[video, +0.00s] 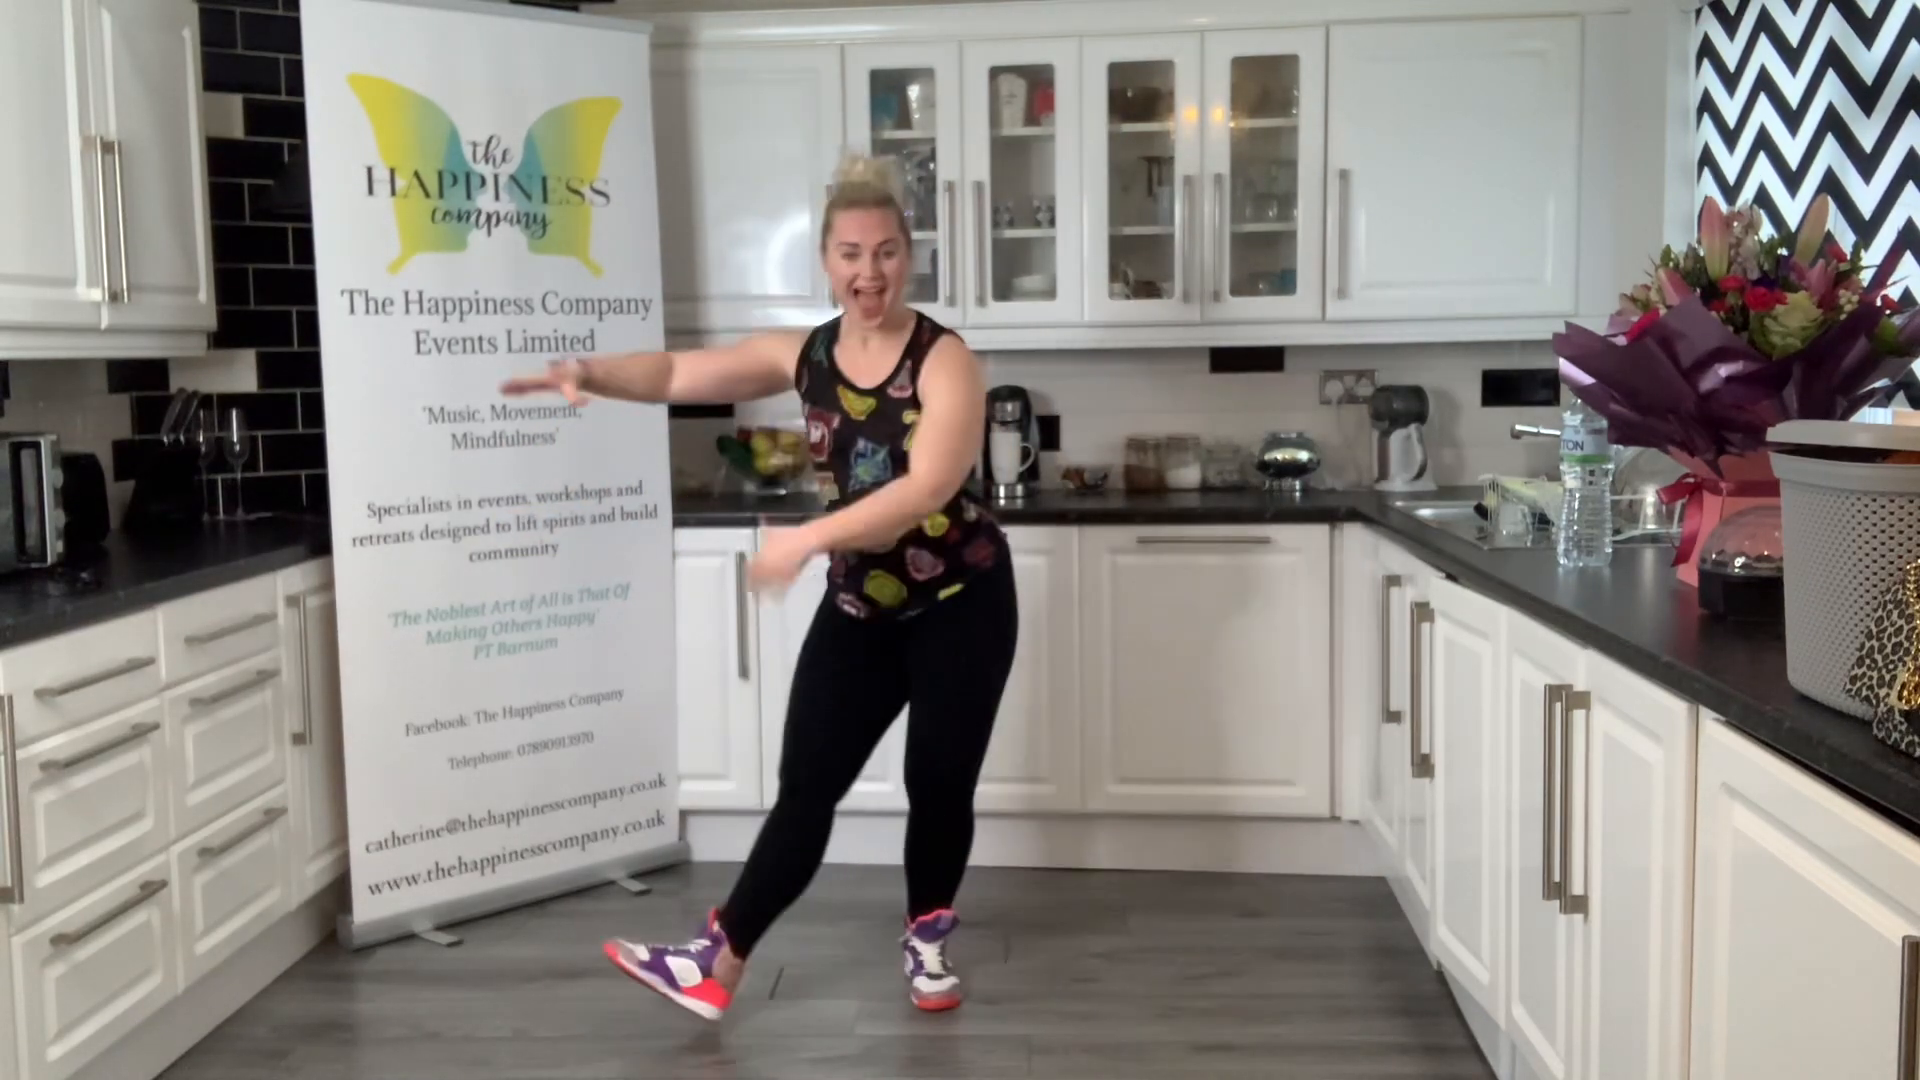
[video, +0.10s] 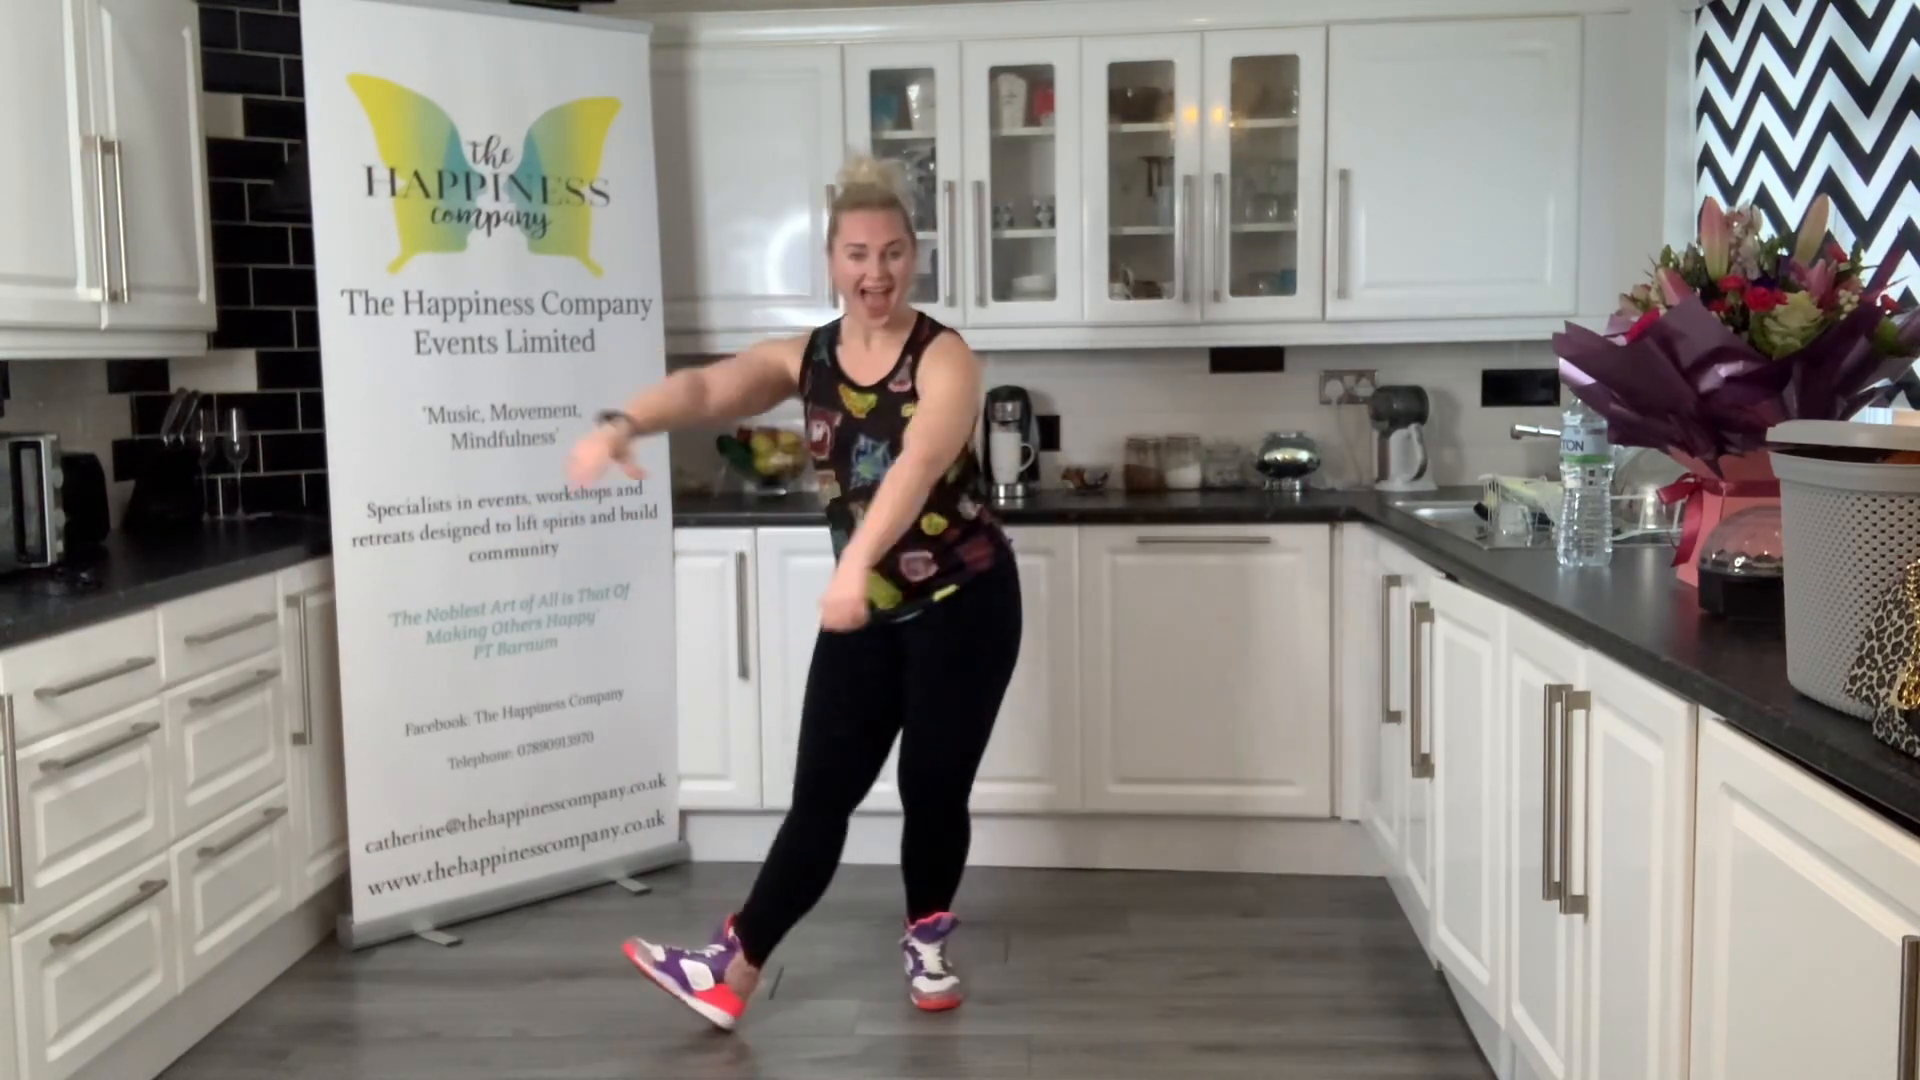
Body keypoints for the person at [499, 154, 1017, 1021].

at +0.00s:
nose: (868, 271)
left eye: (885, 251)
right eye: (849, 252)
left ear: (910, 254)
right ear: (825, 258)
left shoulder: (947, 363)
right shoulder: (806, 353)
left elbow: (930, 488)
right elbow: (676, 374)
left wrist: (809, 538)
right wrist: (586, 371)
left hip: (962, 605)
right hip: (862, 603)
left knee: (941, 787)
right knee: (805, 790)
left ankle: (930, 938)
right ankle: (718, 957)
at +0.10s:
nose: (875, 270)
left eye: (891, 252)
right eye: (857, 254)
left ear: (915, 256)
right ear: (832, 261)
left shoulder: (948, 359)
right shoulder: (805, 356)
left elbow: (920, 465)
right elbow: (711, 389)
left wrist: (855, 564)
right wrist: (626, 422)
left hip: (963, 601)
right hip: (865, 604)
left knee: (936, 790)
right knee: (821, 795)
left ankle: (928, 939)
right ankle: (738, 964)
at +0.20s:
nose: (873, 268)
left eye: (889, 250)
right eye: (854, 250)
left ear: (912, 253)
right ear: (828, 256)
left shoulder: (948, 353)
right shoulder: (793, 358)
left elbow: (970, 480)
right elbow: (747, 419)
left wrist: (934, 514)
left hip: (963, 597)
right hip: (864, 600)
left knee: (925, 774)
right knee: (799, 768)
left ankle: (927, 939)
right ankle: (734, 960)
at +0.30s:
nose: (871, 260)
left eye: (887, 241)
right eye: (852, 243)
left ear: (909, 244)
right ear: (824, 248)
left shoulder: (948, 336)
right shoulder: (785, 358)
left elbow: (1000, 362)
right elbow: (784, 451)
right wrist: (867, 516)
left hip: (959, 585)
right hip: (855, 588)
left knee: (925, 768)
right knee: (788, 747)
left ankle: (926, 937)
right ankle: (753, 948)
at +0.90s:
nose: (851, 257)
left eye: (868, 238)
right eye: (831, 239)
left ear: (886, 239)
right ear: (800, 241)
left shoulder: (890, 321)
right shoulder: (787, 353)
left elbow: (984, 357)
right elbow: (857, 506)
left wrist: (1037, 295)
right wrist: (915, 540)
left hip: (832, 568)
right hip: (739, 575)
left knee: (909, 723)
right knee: (777, 759)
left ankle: (916, 917)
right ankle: (777, 971)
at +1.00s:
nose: (843, 293)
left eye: (860, 275)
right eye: (825, 274)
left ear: (880, 274)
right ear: (793, 273)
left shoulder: (876, 344)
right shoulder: (779, 379)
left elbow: (966, 378)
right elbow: (853, 535)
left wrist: (1024, 314)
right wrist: (898, 562)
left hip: (800, 585)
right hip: (706, 589)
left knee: (915, 686)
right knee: (770, 771)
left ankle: (826, 841)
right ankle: (778, 975)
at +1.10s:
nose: (828, 302)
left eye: (845, 284)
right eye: (810, 283)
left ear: (865, 284)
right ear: (778, 283)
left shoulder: (862, 357)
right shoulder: (763, 394)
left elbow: (951, 388)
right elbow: (830, 554)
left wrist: (1008, 326)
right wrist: (878, 576)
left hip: (780, 597)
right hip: (690, 602)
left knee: (884, 719)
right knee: (774, 771)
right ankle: (780, 979)